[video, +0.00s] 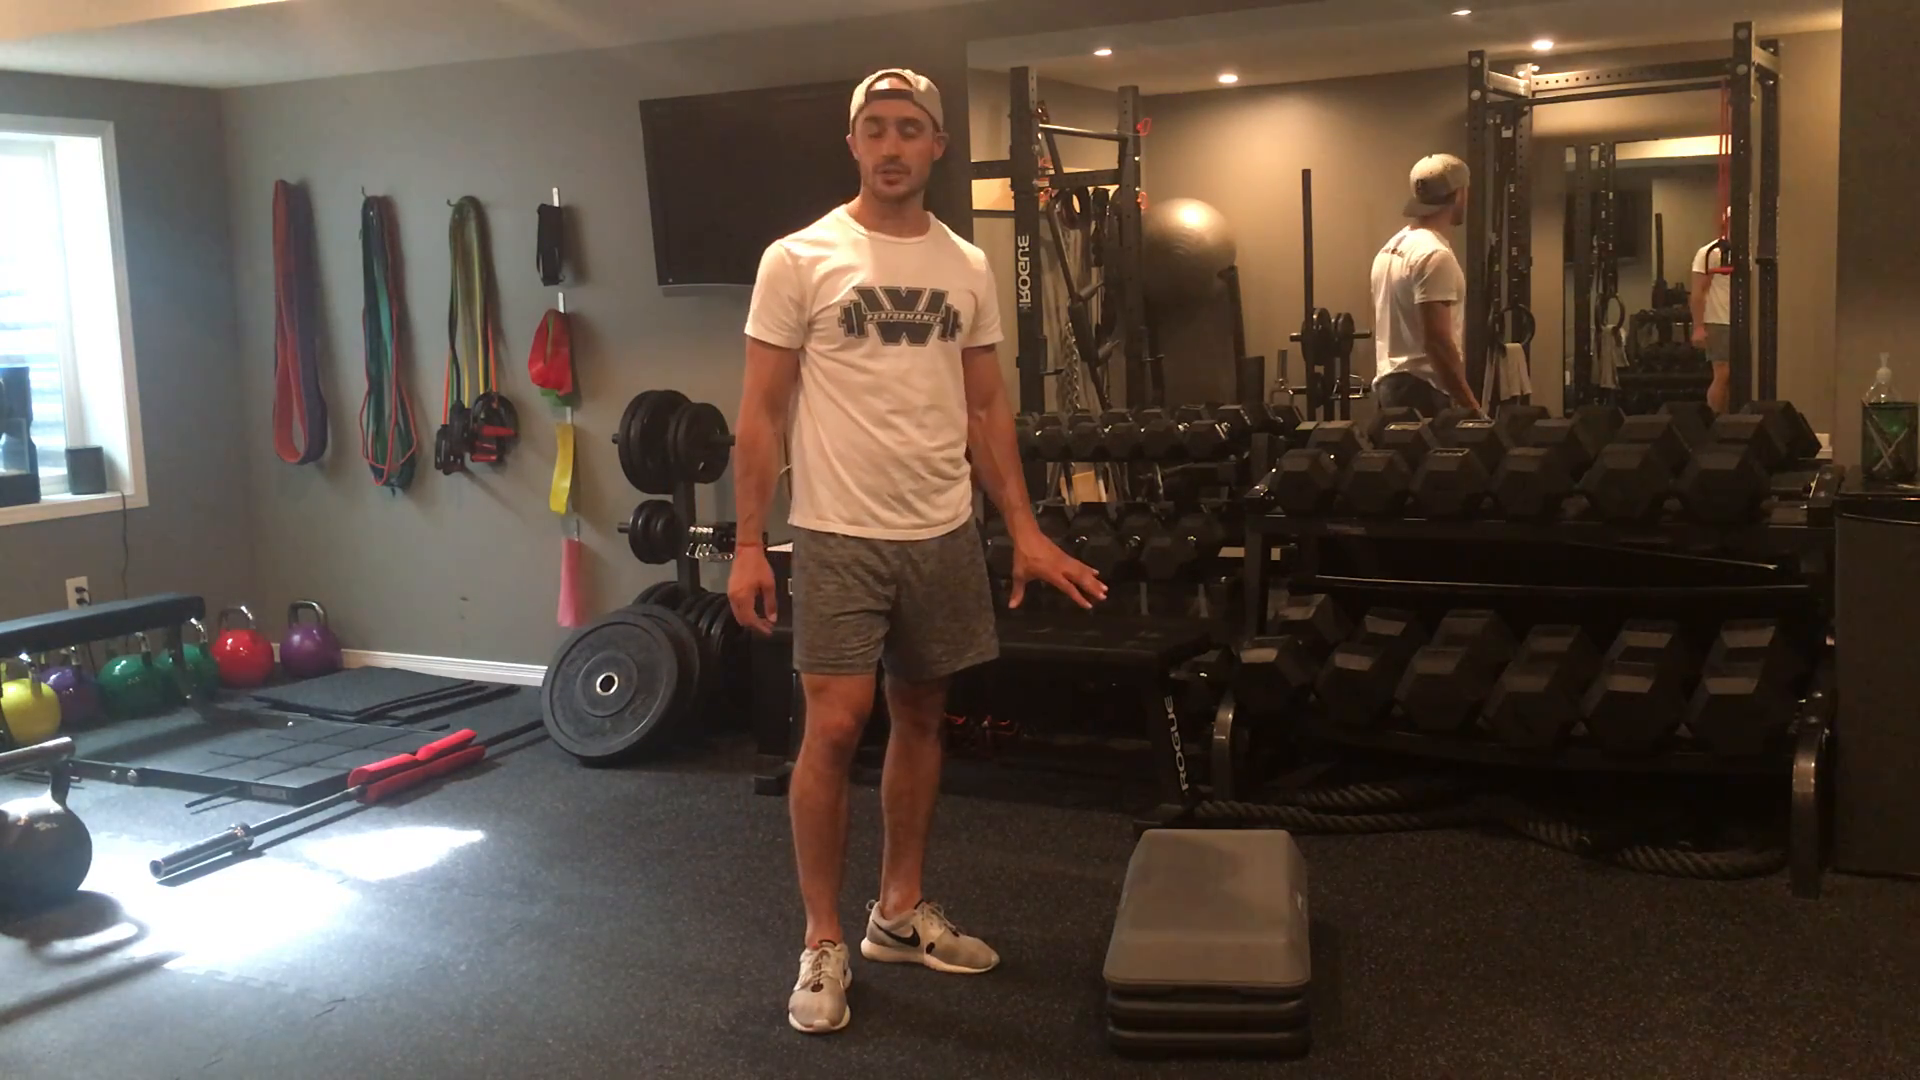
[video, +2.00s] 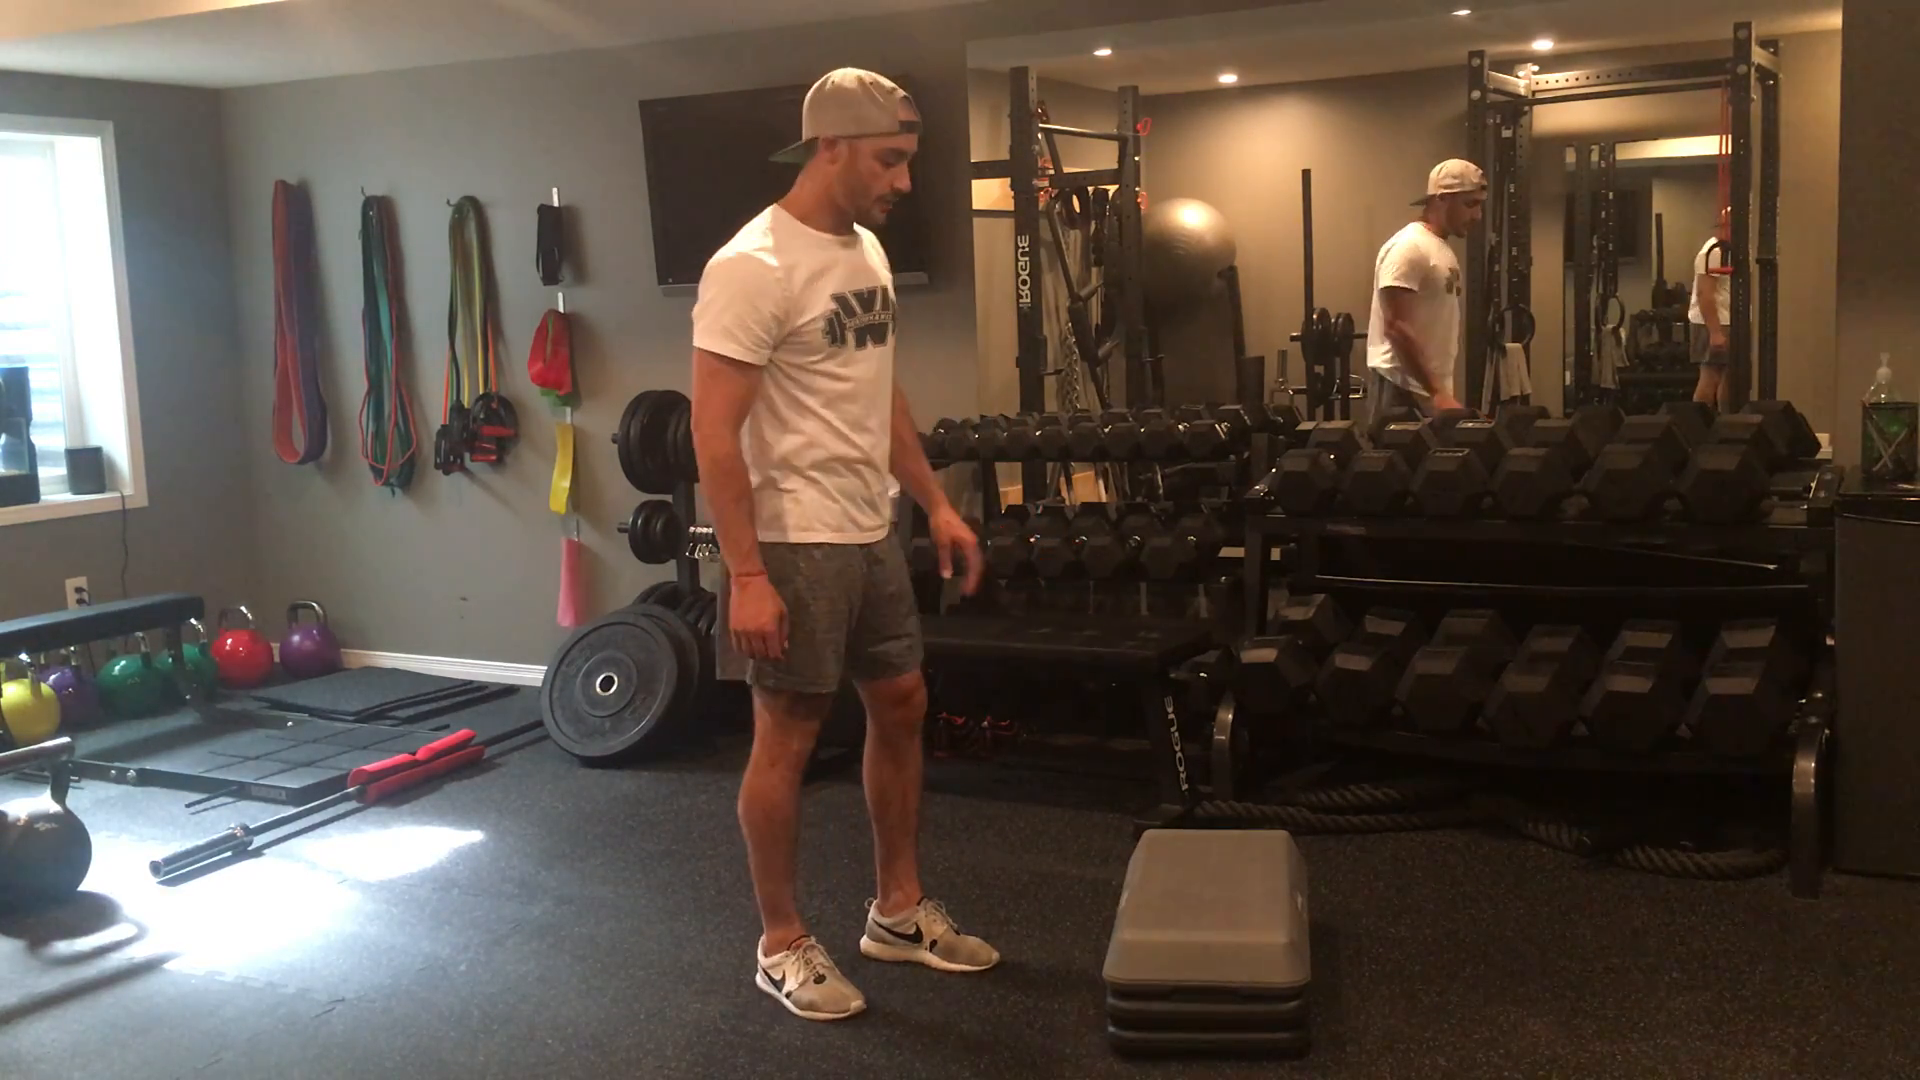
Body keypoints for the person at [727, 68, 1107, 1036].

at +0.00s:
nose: (892, 145)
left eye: (909, 131)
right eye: (876, 130)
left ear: (937, 148)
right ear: (852, 145)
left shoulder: (967, 268)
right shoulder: (799, 261)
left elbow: (987, 408)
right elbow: (763, 411)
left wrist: (1026, 531)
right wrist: (746, 542)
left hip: (941, 535)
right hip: (837, 535)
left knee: (921, 720)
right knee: (835, 726)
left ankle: (900, 910)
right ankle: (823, 940)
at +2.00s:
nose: (904, 179)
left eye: (907, 160)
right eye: (891, 159)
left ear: (854, 157)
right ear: (832, 152)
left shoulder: (865, 252)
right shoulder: (749, 266)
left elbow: (879, 395)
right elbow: (711, 432)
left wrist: (936, 503)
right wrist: (746, 572)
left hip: (872, 533)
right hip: (790, 543)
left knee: (900, 708)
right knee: (784, 742)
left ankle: (900, 909)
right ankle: (782, 943)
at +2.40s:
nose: (983, 176)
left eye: (985, 158)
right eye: (973, 156)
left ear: (920, 156)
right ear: (919, 153)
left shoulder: (900, 257)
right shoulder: (845, 253)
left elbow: (865, 411)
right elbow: (796, 415)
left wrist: (902, 503)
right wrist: (886, 531)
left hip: (880, 537)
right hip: (813, 541)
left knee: (923, 705)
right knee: (796, 738)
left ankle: (897, 917)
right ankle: (777, 943)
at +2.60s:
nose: (1056, 192)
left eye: (1054, 174)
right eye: (1044, 173)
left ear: (995, 179)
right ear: (990, 176)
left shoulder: (970, 270)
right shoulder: (924, 261)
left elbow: (913, 413)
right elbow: (851, 405)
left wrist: (958, 498)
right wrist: (947, 512)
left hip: (918, 541)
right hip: (876, 542)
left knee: (959, 736)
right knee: (963, 737)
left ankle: (902, 926)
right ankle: (815, 905)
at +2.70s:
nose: (1086, 197)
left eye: (1085, 180)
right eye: (1073, 179)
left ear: (1021, 188)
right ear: (1018, 184)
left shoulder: (998, 284)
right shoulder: (951, 271)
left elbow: (944, 423)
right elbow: (848, 389)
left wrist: (1020, 481)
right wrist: (942, 501)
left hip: (927, 539)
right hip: (903, 541)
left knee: (973, 724)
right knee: (1079, 676)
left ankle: (906, 925)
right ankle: (914, 839)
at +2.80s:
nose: (1111, 131)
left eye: (1109, 113)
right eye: (1097, 112)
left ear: (1047, 127)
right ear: (1043, 125)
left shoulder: (1035, 228)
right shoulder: (973, 215)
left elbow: (967, 331)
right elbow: (859, 325)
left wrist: (1055, 361)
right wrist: (963, 425)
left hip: (951, 490)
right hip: (943, 494)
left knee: (962, 689)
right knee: (1133, 604)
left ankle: (915, 904)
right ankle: (1050, 817)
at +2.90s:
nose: (1137, 83)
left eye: (1134, 64)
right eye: (1120, 65)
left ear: (1072, 83)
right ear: (1062, 81)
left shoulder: (1057, 183)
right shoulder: (1003, 175)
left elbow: (1001, 296)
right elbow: (908, 303)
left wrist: (1081, 324)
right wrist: (1024, 396)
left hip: (976, 449)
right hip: (989, 450)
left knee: (1034, 642)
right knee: (1152, 606)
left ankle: (945, 853)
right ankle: (1114, 839)